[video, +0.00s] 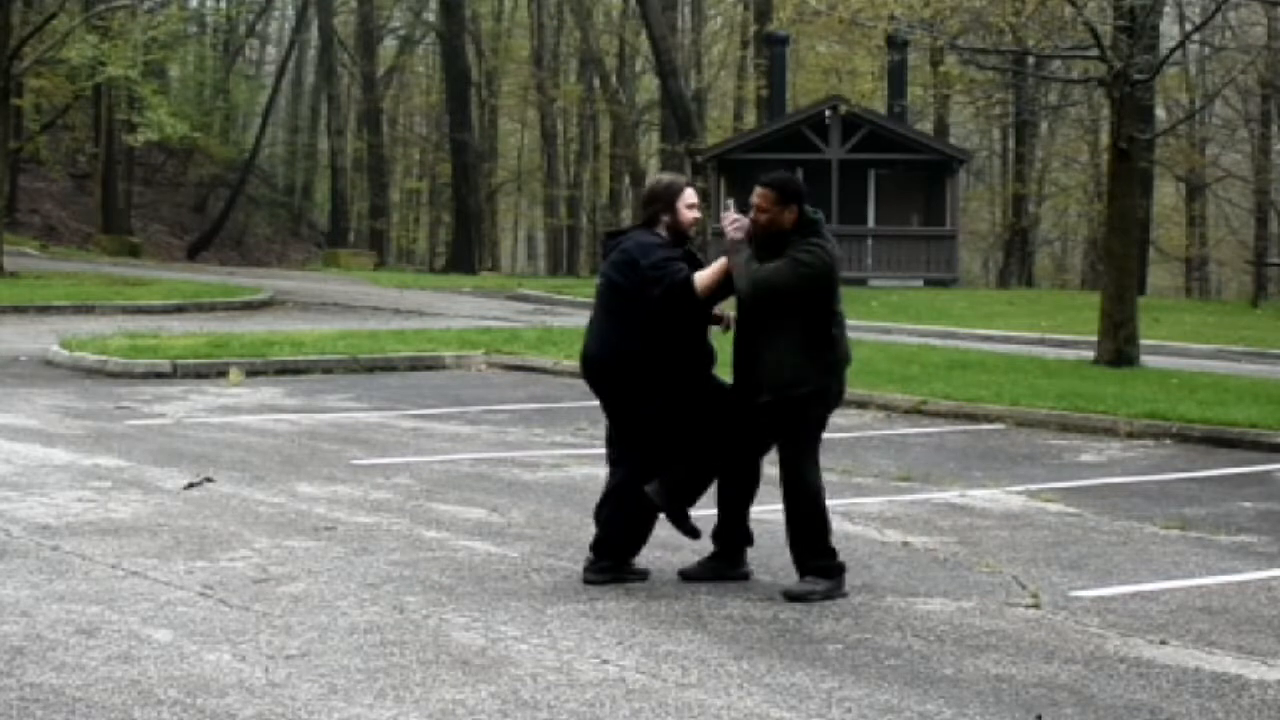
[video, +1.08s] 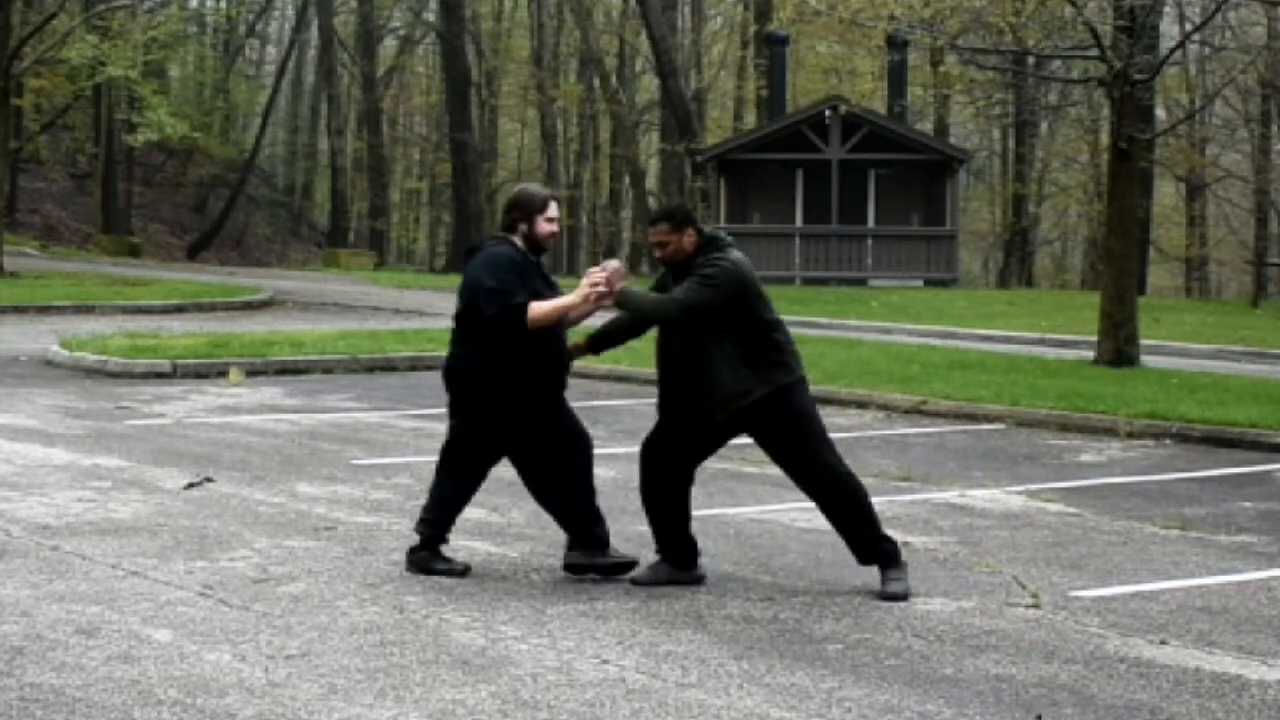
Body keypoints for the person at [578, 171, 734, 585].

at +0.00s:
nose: (698, 214)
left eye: (698, 207)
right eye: (690, 207)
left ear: (664, 212)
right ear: (665, 211)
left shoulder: (653, 247)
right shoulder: (652, 250)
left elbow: (667, 306)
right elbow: (685, 291)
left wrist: (709, 316)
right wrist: (733, 255)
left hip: (621, 367)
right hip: (634, 373)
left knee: (635, 463)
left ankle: (610, 557)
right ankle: (674, 490)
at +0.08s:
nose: (701, 215)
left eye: (700, 207)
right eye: (693, 207)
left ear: (670, 212)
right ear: (669, 211)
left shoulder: (670, 250)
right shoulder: (648, 250)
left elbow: (673, 308)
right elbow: (677, 301)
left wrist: (707, 324)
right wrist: (724, 264)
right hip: (630, 372)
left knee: (634, 460)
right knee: (722, 419)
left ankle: (611, 556)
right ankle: (669, 496)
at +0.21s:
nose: (704, 216)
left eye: (704, 208)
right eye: (697, 208)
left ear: (673, 213)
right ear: (672, 211)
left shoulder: (676, 252)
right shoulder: (647, 250)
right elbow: (669, 303)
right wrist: (708, 278)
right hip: (628, 372)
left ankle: (613, 554)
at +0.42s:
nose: (713, 220)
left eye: (715, 210)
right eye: (707, 210)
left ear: (673, 213)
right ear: (686, 215)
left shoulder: (650, 246)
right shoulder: (681, 254)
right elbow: (678, 315)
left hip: (621, 365)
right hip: (650, 372)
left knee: (634, 459)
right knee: (674, 458)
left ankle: (614, 554)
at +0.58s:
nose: (729, 224)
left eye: (729, 217)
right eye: (724, 217)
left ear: (697, 222)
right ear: (706, 219)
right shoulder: (680, 257)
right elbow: (670, 294)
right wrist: (669, 327)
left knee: (629, 457)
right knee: (690, 465)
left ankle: (612, 554)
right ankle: (686, 557)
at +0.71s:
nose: (654, 260)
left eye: (661, 250)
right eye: (650, 251)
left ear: (688, 244)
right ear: (651, 249)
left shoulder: (727, 288)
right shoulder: (672, 280)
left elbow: (710, 364)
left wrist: (656, 352)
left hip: (766, 392)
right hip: (721, 390)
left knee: (783, 479)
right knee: (667, 461)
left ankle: (845, 573)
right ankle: (681, 557)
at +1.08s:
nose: (657, 255)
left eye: (663, 246)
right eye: (654, 248)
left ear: (690, 237)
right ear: (665, 244)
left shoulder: (726, 268)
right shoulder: (673, 278)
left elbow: (671, 307)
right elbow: (639, 318)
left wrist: (619, 293)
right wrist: (586, 345)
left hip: (769, 392)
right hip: (713, 399)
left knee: (823, 474)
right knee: (660, 457)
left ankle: (887, 560)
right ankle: (678, 561)